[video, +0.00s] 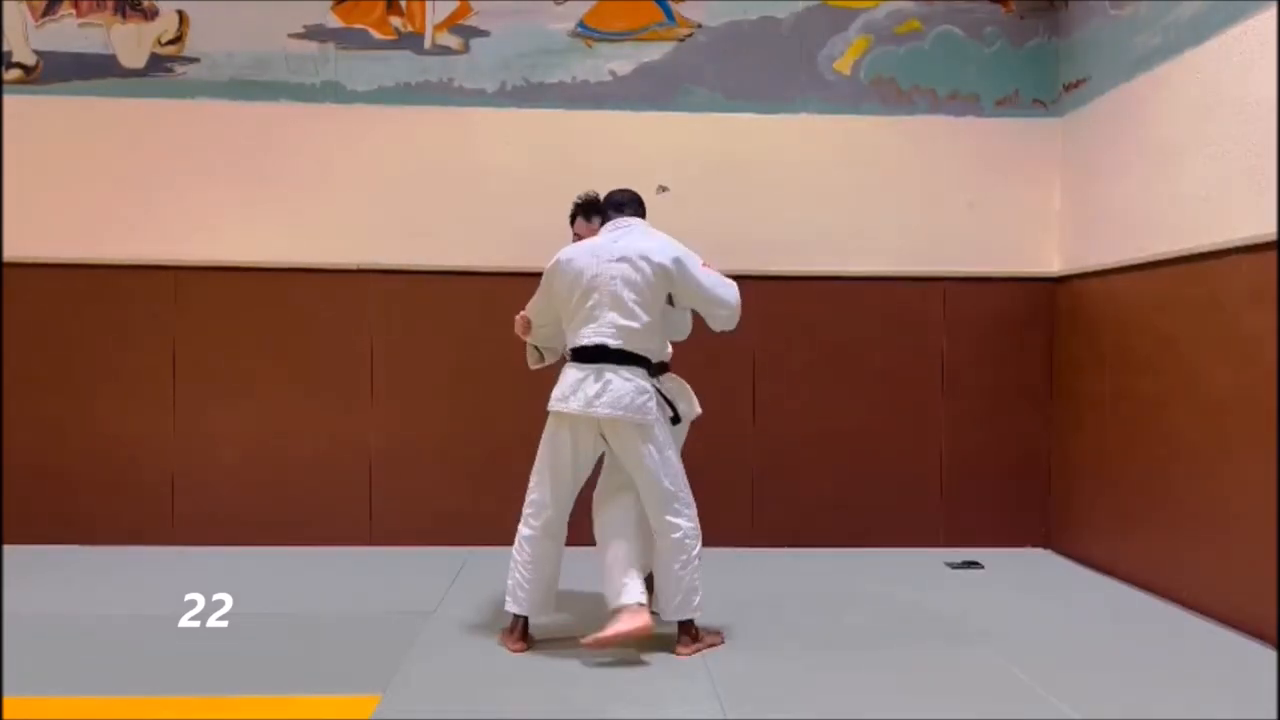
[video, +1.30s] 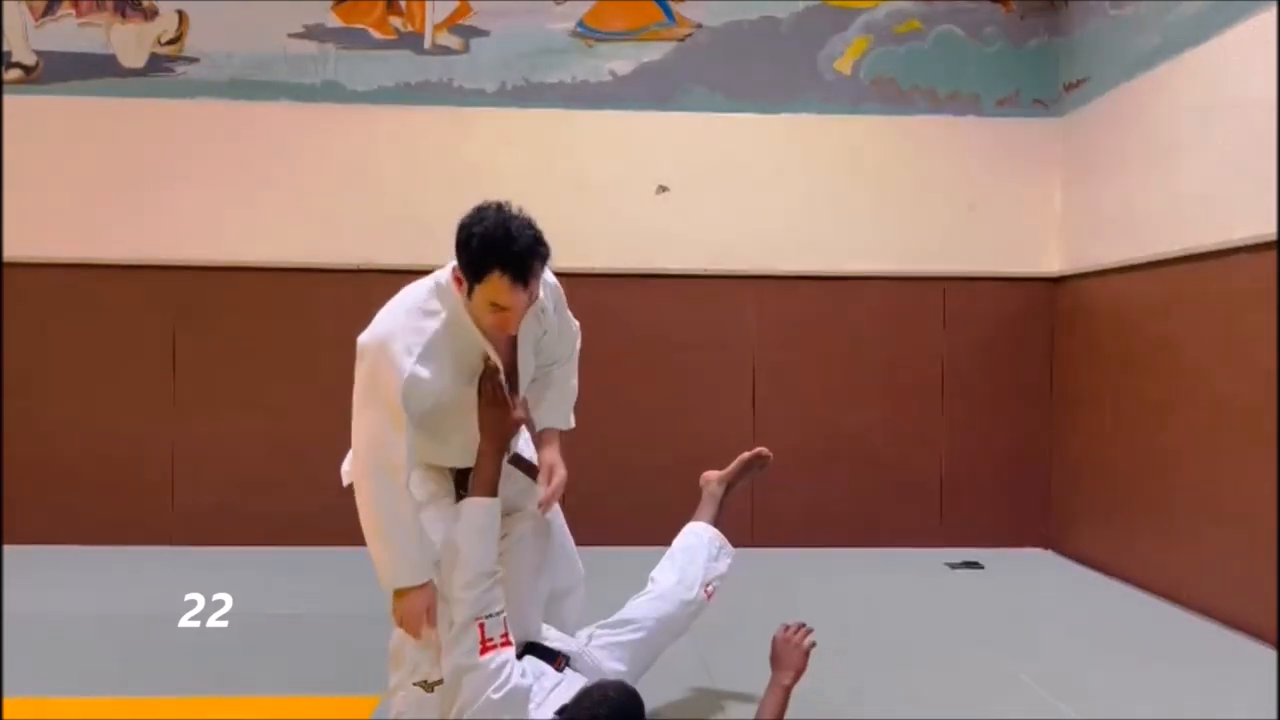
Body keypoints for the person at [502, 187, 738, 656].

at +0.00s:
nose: (576, 234)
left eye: (578, 226)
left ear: (600, 219)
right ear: (643, 218)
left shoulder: (570, 257)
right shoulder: (663, 249)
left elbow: (544, 335)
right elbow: (726, 310)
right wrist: (711, 277)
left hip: (573, 393)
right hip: (632, 396)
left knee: (543, 508)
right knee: (675, 510)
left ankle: (518, 624)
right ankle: (687, 631)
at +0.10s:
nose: (575, 233)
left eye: (578, 226)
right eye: (576, 227)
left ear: (586, 228)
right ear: (632, 229)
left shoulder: (550, 270)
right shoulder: (639, 256)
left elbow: (530, 345)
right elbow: (707, 328)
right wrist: (687, 288)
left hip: (556, 410)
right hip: (617, 411)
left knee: (542, 518)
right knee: (678, 511)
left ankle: (513, 623)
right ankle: (690, 628)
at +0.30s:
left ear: (557, 397)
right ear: (613, 407)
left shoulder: (525, 429)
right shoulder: (627, 463)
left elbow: (513, 374)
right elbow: (705, 433)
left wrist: (556, 327)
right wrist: (693, 373)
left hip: (503, 621)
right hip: (560, 644)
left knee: (620, 551)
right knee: (711, 592)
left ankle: (620, 676)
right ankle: (730, 608)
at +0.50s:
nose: (578, 362)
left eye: (589, 352)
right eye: (566, 352)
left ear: (603, 329)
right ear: (545, 329)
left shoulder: (629, 341)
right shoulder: (509, 351)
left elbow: (638, 422)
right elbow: (495, 448)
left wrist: (617, 502)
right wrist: (507, 531)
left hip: (584, 466)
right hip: (516, 461)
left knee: (600, 563)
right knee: (453, 544)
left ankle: (602, 664)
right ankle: (381, 672)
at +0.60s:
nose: (579, 378)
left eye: (590, 366)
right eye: (567, 364)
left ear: (602, 351)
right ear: (539, 340)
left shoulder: (600, 360)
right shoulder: (481, 368)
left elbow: (607, 437)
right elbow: (463, 484)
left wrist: (603, 498)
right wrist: (487, 574)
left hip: (532, 477)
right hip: (460, 479)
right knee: (456, 573)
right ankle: (411, 701)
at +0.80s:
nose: (522, 354)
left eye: (536, 338)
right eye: (509, 336)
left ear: (550, 320)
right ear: (477, 304)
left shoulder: (541, 325)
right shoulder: (407, 359)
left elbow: (551, 396)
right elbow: (407, 488)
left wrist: (535, 468)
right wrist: (441, 598)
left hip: (504, 484)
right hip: (432, 490)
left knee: (569, 560)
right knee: (436, 618)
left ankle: (539, 681)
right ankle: (420, 707)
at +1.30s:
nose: (514, 323)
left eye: (526, 305)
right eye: (497, 308)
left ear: (537, 282)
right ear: (460, 282)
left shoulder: (541, 292)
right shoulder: (396, 343)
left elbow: (557, 358)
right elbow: (380, 471)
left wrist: (549, 440)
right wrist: (409, 579)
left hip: (511, 455)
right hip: (424, 467)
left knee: (557, 586)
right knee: (435, 623)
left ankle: (550, 702)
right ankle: (424, 708)